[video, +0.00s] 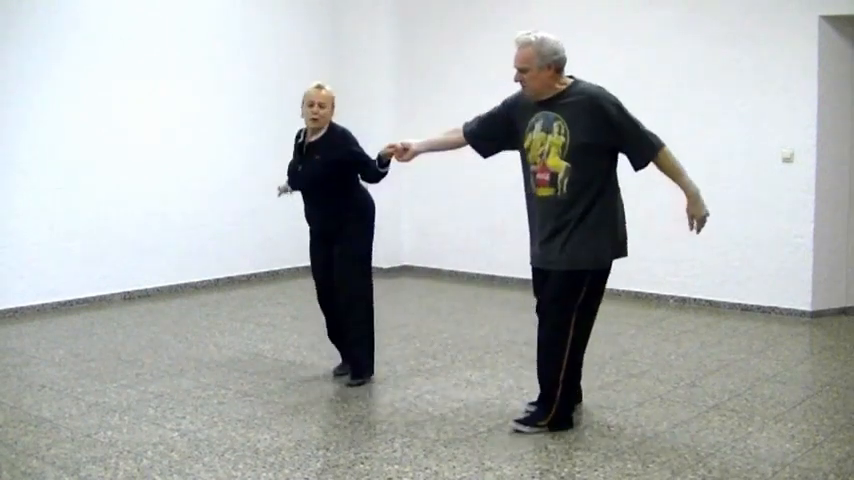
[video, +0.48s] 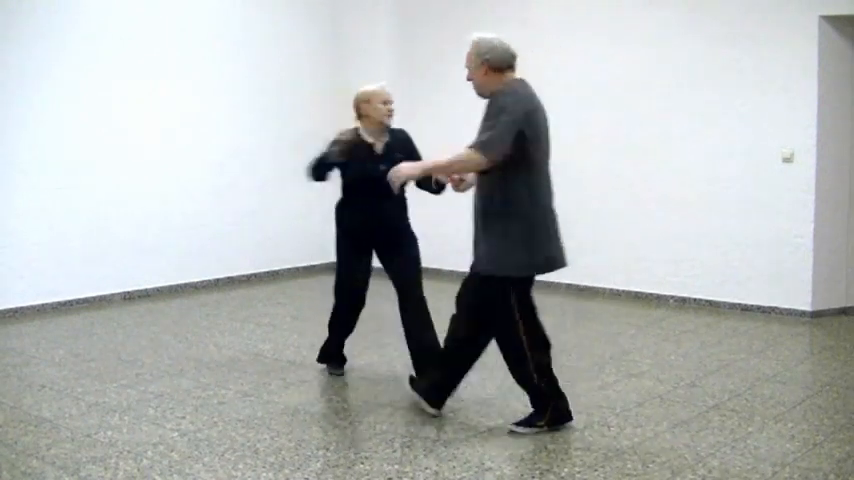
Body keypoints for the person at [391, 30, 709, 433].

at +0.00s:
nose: (516, 77)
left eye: (523, 70)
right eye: (516, 69)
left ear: (553, 70)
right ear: (533, 70)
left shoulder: (594, 103)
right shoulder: (519, 108)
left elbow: (650, 147)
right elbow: (467, 133)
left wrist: (692, 193)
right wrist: (417, 146)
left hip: (590, 239)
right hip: (546, 239)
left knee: (564, 321)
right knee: (551, 318)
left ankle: (555, 409)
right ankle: (563, 397)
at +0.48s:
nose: (468, 79)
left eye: (471, 71)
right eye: (468, 71)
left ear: (489, 69)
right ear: (495, 68)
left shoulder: (511, 101)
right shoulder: (511, 98)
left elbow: (484, 156)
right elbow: (504, 160)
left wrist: (421, 168)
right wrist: (472, 175)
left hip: (511, 239)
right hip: (506, 237)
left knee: (476, 311)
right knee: (512, 318)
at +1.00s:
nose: (409, 71)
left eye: (408, 67)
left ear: (409, 65)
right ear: (446, 65)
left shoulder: (400, 94)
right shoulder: (468, 100)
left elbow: (385, 156)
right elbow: (494, 166)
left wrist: (374, 209)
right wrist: (478, 197)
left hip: (400, 228)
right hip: (451, 231)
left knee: (377, 305)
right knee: (435, 316)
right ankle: (421, 401)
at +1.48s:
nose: (427, 74)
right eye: (428, 69)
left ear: (391, 64)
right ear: (424, 69)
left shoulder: (358, 98)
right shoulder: (427, 101)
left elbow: (322, 154)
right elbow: (456, 167)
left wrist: (311, 197)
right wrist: (491, 198)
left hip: (360, 225)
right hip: (406, 227)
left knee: (367, 302)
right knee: (403, 308)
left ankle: (361, 380)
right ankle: (398, 397)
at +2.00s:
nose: (410, 77)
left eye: (410, 70)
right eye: (408, 69)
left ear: (375, 66)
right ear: (393, 66)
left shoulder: (340, 98)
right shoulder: (388, 97)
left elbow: (307, 157)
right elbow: (414, 152)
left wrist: (315, 195)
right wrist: (463, 179)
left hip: (337, 221)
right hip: (380, 221)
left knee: (355, 305)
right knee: (399, 296)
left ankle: (358, 381)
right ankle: (388, 371)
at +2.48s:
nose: (397, 81)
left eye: (398, 73)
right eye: (395, 72)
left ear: (364, 69)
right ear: (375, 69)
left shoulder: (337, 95)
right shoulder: (361, 96)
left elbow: (310, 150)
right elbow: (372, 140)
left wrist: (349, 170)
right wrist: (417, 166)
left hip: (325, 221)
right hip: (355, 222)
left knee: (341, 296)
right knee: (374, 293)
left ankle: (344, 368)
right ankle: (355, 376)